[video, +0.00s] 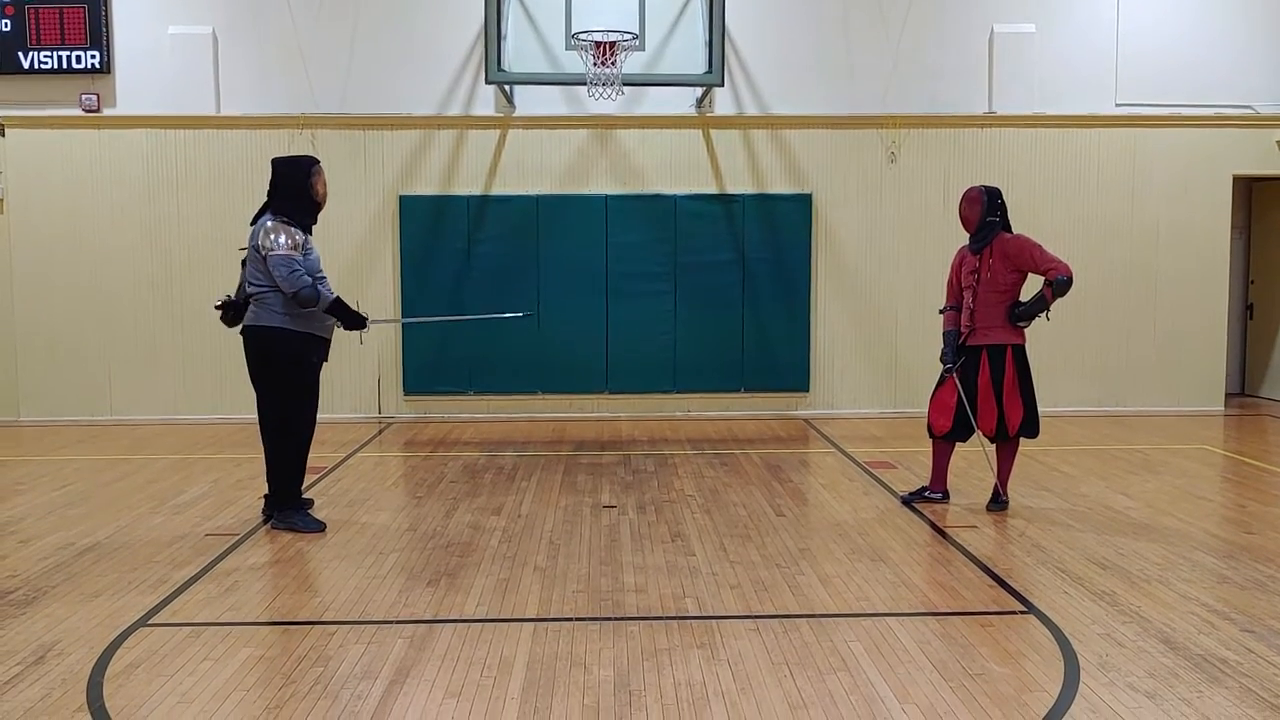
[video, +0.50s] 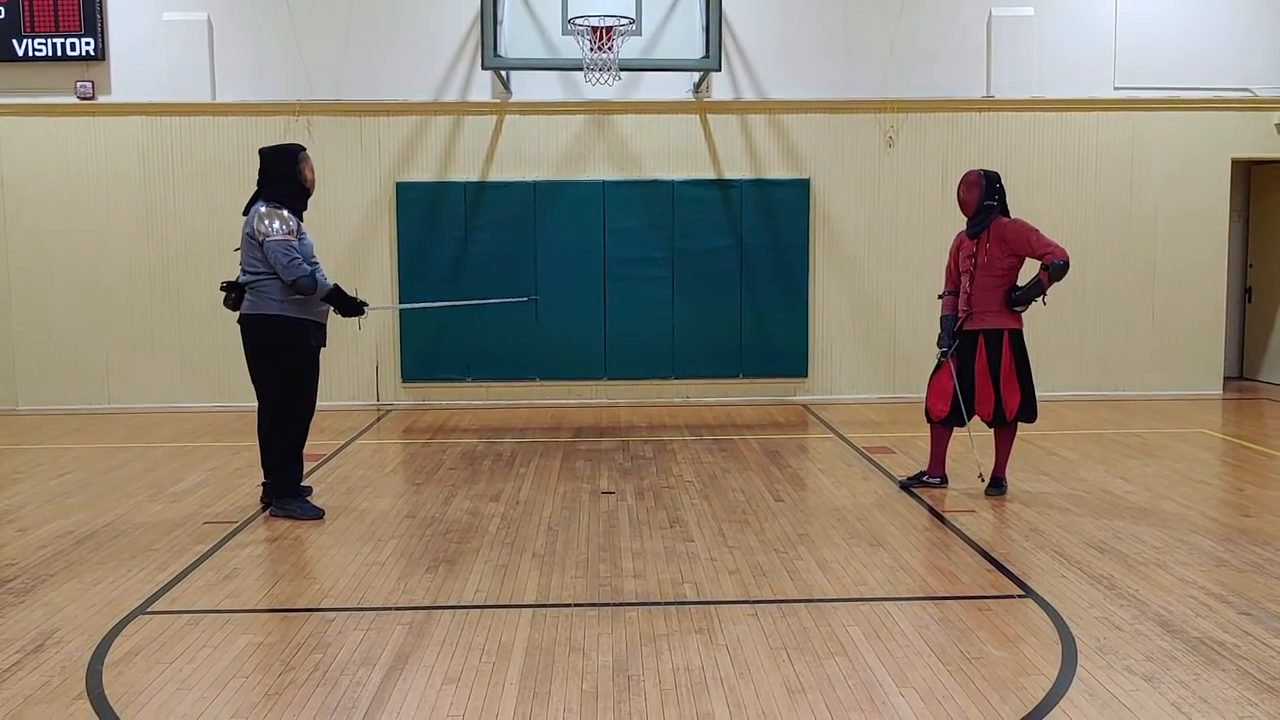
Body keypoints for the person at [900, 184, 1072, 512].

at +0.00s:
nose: (962, 216)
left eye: (967, 208)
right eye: (961, 209)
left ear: (987, 210)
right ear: (971, 211)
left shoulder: (1013, 244)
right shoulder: (964, 255)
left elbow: (1061, 275)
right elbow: (953, 304)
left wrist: (1032, 308)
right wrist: (949, 343)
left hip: (1004, 347)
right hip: (967, 348)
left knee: (1007, 417)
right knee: (944, 411)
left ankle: (1000, 490)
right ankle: (937, 486)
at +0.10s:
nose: (962, 212)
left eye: (967, 204)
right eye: (961, 205)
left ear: (987, 206)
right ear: (969, 207)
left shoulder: (1012, 241)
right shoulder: (963, 251)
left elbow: (1061, 272)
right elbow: (952, 300)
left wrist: (1030, 305)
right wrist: (949, 340)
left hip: (1003, 344)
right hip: (966, 345)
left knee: (1006, 414)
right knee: (943, 408)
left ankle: (1000, 487)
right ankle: (937, 483)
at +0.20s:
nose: (961, 206)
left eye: (967, 199)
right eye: (960, 199)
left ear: (987, 202)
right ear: (968, 204)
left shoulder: (1011, 237)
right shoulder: (963, 248)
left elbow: (1061, 268)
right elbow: (952, 297)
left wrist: (1030, 301)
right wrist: (949, 336)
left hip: (1003, 340)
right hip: (966, 341)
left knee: (1006, 410)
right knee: (943, 404)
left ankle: (1000, 484)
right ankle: (936, 480)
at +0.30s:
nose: (960, 202)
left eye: (967, 195)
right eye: (960, 196)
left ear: (987, 199)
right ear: (967, 201)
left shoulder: (1011, 234)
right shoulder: (963, 245)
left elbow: (1060, 265)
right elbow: (952, 294)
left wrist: (1029, 298)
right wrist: (948, 333)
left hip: (1002, 336)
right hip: (965, 337)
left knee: (1005, 407)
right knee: (942, 401)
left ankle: (999, 481)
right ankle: (936, 477)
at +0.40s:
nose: (960, 200)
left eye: (966, 193)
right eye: (960, 193)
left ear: (986, 196)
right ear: (967, 198)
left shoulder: (1010, 231)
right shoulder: (962, 242)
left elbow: (1059, 262)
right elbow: (952, 292)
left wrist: (1028, 295)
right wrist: (947, 332)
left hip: (1002, 334)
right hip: (966, 335)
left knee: (1005, 404)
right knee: (942, 398)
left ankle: (999, 478)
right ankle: (936, 474)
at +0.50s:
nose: (960, 198)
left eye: (966, 190)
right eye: (959, 191)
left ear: (986, 194)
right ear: (966, 195)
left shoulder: (1009, 229)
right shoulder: (962, 240)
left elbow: (1058, 259)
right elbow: (951, 290)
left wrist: (1028, 292)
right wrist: (947, 328)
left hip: (1002, 332)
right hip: (964, 333)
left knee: (1004, 402)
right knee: (941, 395)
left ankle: (998, 475)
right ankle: (935, 471)